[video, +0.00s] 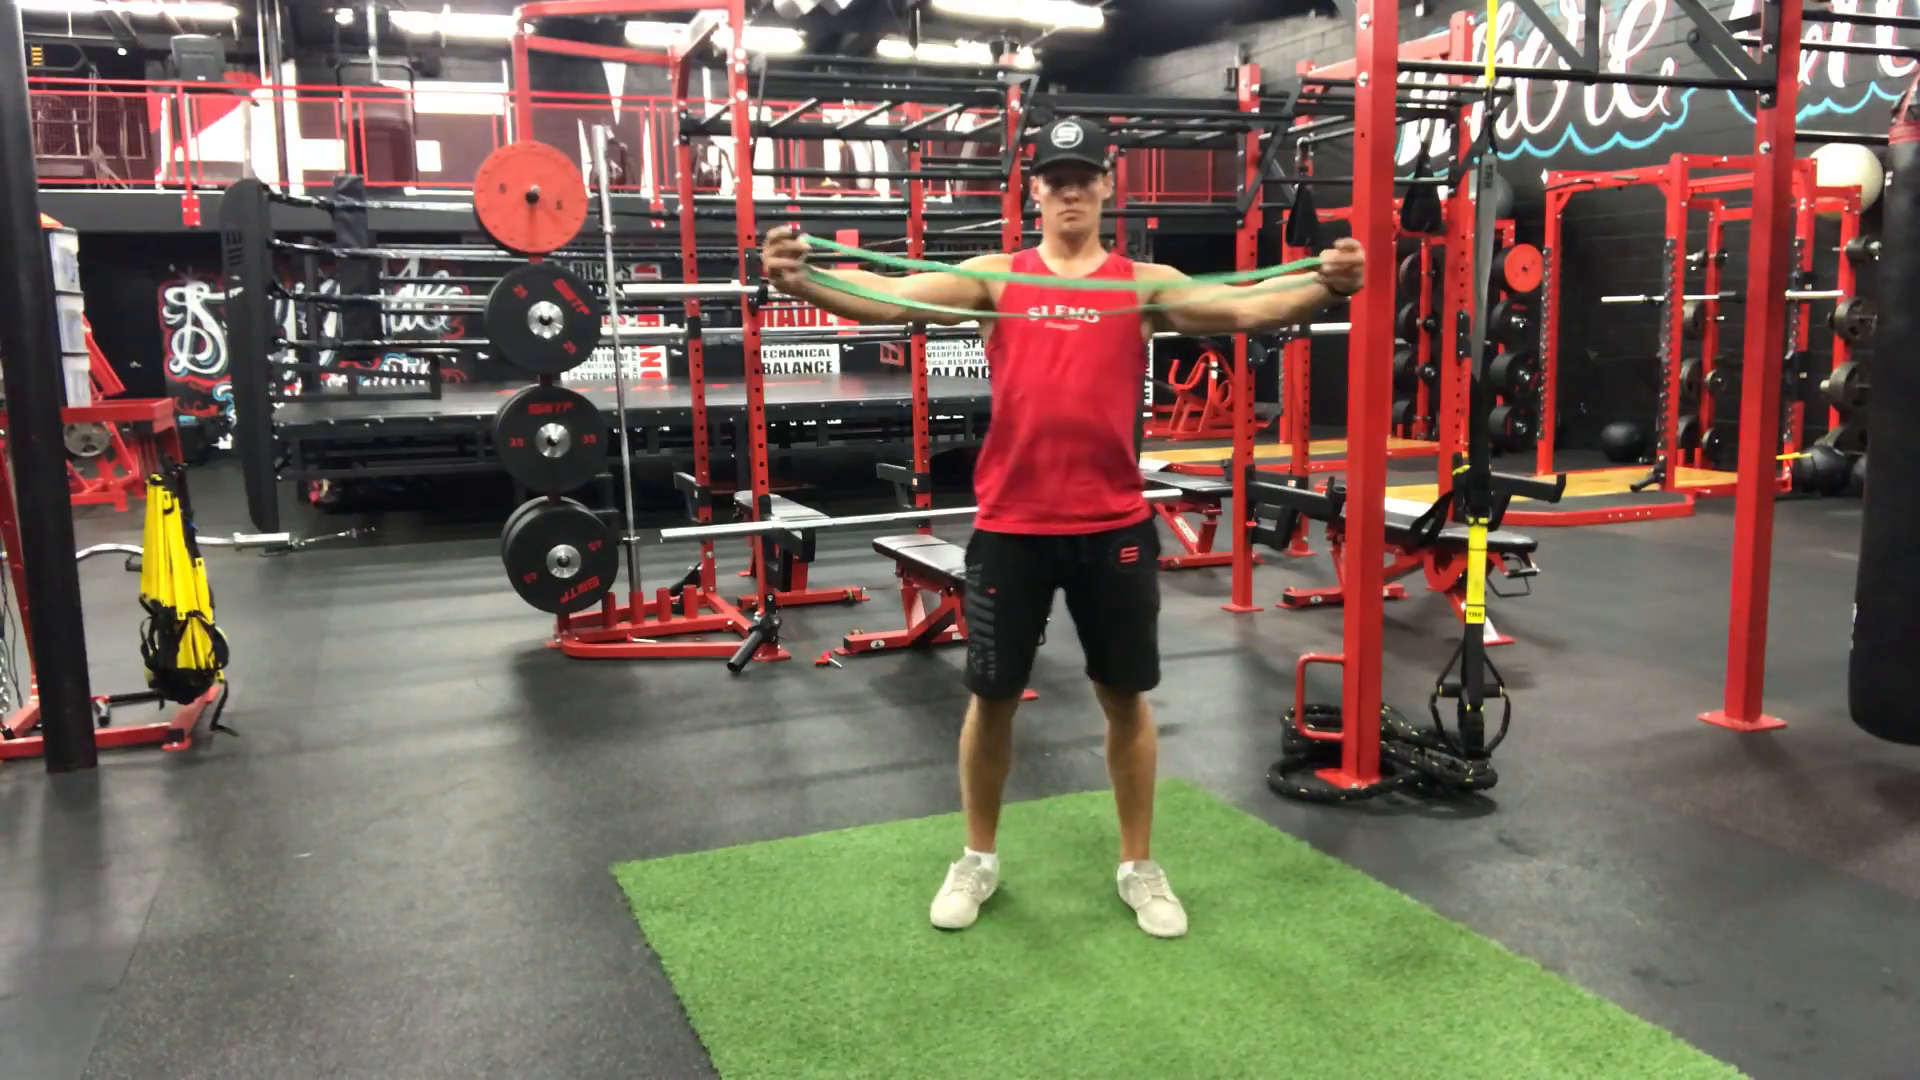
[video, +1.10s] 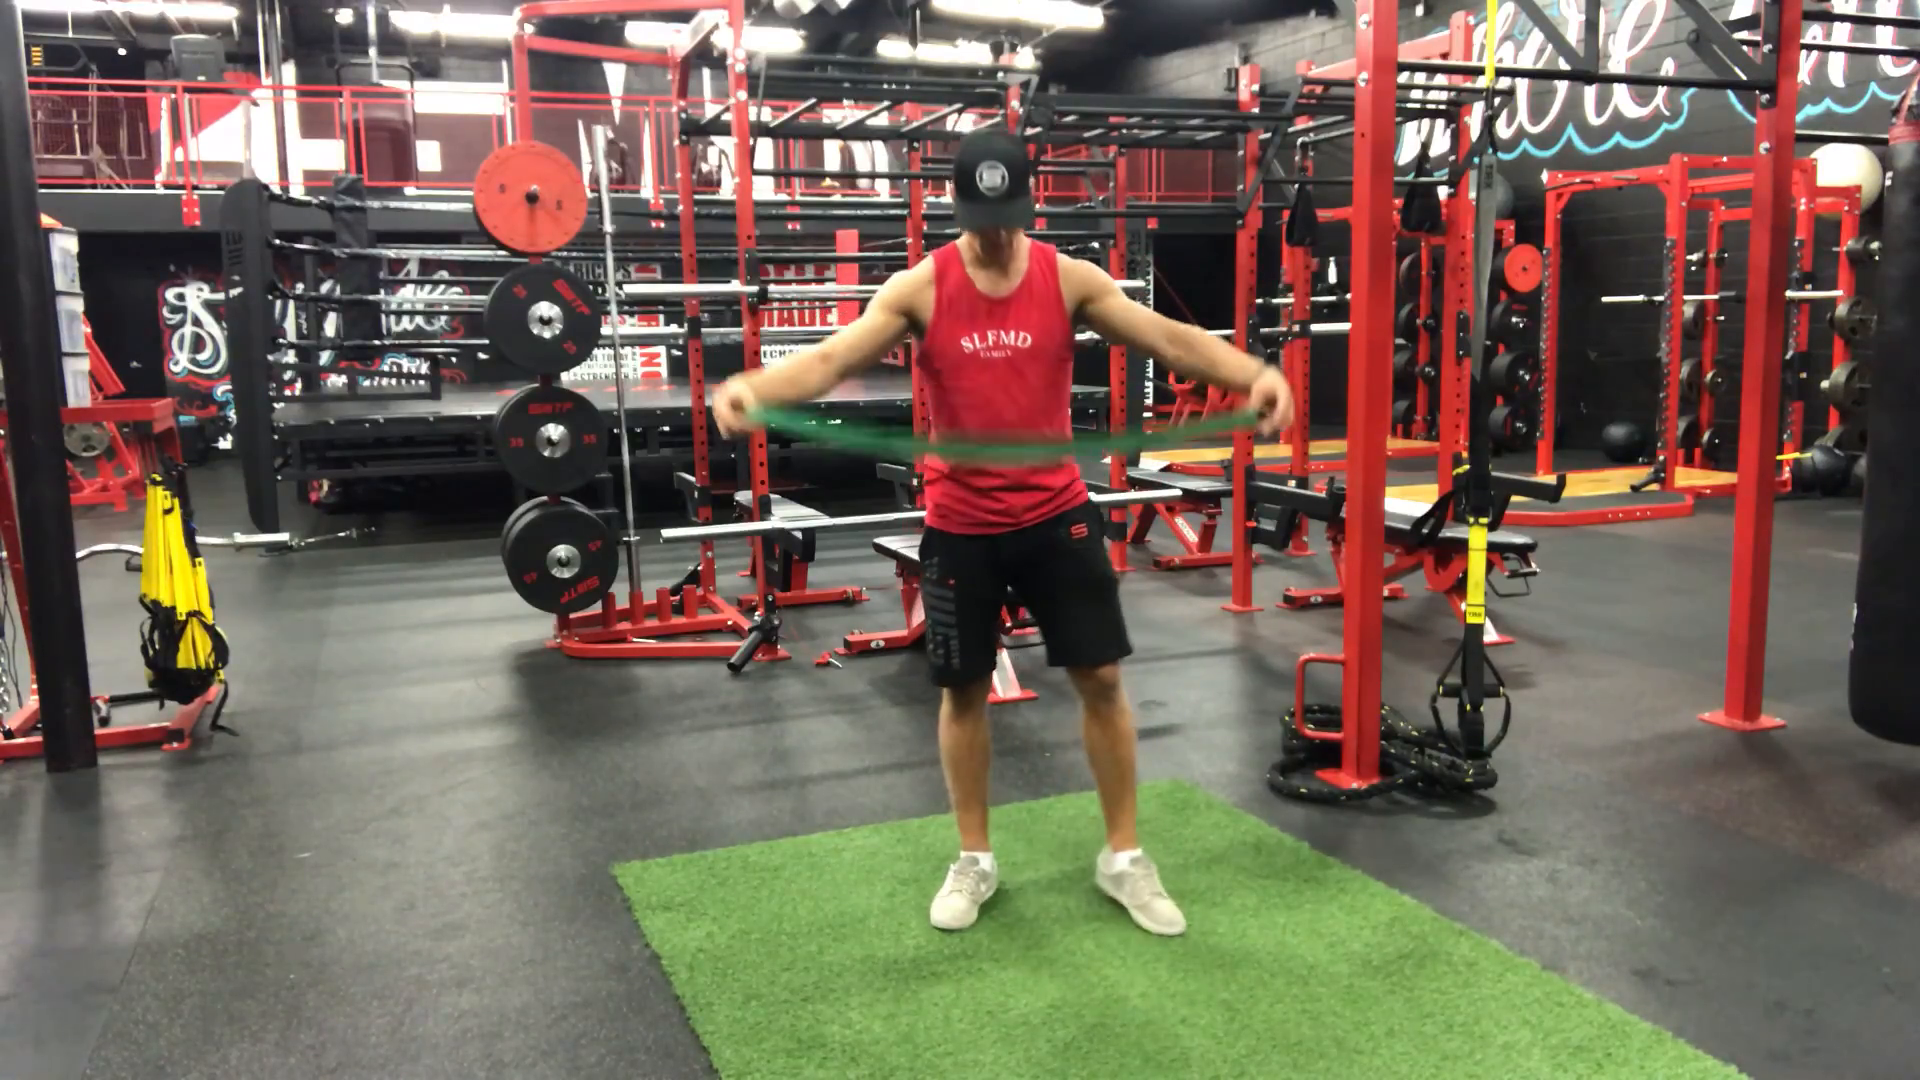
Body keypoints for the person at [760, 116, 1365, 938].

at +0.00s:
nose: (1071, 195)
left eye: (1085, 180)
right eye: (1057, 181)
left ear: (1108, 190)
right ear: (1035, 191)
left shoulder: (1141, 281)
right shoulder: (996, 275)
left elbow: (1245, 306)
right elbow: (896, 301)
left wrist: (1329, 282)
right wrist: (801, 279)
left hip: (1112, 523)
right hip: (1010, 524)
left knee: (1128, 703)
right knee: (990, 698)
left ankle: (1139, 865)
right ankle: (976, 859)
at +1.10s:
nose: (994, 232)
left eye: (1007, 217)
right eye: (980, 218)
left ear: (1028, 204)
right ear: (957, 206)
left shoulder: (1069, 280)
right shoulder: (918, 289)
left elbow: (1169, 339)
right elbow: (830, 359)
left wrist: (1255, 373)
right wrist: (752, 388)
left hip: (1055, 508)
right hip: (961, 518)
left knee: (1101, 679)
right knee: (963, 692)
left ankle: (1123, 853)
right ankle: (973, 858)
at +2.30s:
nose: (1061, 711)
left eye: (1072, 697)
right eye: (1051, 700)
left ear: (1097, 654)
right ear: (1021, 656)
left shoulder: (1139, 642)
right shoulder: (970, 645)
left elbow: (1207, 737)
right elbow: (905, 735)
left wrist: (1269, 838)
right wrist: (847, 842)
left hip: (1090, 534)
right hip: (997, 539)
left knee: (1158, 689)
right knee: (959, 697)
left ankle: (1129, 824)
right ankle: (993, 830)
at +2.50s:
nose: (1048, 606)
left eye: (1057, 587)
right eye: (1031, 594)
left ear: (1071, 550)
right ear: (991, 561)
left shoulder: (1109, 533)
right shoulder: (954, 548)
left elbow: (1191, 600)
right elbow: (899, 646)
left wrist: (1250, 695)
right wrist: (854, 748)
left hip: (1085, 551)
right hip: (986, 564)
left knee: (1137, 677)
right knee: (970, 686)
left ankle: (1128, 822)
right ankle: (993, 829)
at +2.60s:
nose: (1033, 537)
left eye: (1044, 528)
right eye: (1017, 532)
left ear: (1059, 482)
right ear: (979, 499)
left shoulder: (1098, 471)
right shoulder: (938, 494)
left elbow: (1167, 525)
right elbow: (902, 590)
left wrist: (1212, 605)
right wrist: (869, 688)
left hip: (1081, 537)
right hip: (983, 547)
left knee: (1138, 664)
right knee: (971, 685)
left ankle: (1130, 816)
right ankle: (994, 828)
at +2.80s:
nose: (1011, 425)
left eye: (1021, 412)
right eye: (995, 417)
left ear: (1035, 376)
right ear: (963, 390)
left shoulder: (1079, 383)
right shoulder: (923, 418)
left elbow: (1121, 437)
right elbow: (899, 515)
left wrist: (1145, 500)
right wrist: (889, 614)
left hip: (1078, 518)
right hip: (983, 536)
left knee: (1144, 638)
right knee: (976, 685)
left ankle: (1161, 813)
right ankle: (994, 828)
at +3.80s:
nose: (1159, 285)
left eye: (1176, 273)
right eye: (1150, 267)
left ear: (1210, 255)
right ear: (1137, 239)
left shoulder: (1245, 310)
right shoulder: (1088, 285)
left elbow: (1285, 415)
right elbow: (1035, 379)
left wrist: (1324, 519)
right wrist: (993, 477)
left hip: (1167, 526)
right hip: (1064, 515)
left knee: (1190, 688)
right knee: (997, 662)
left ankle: (1190, 854)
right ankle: (941, 821)